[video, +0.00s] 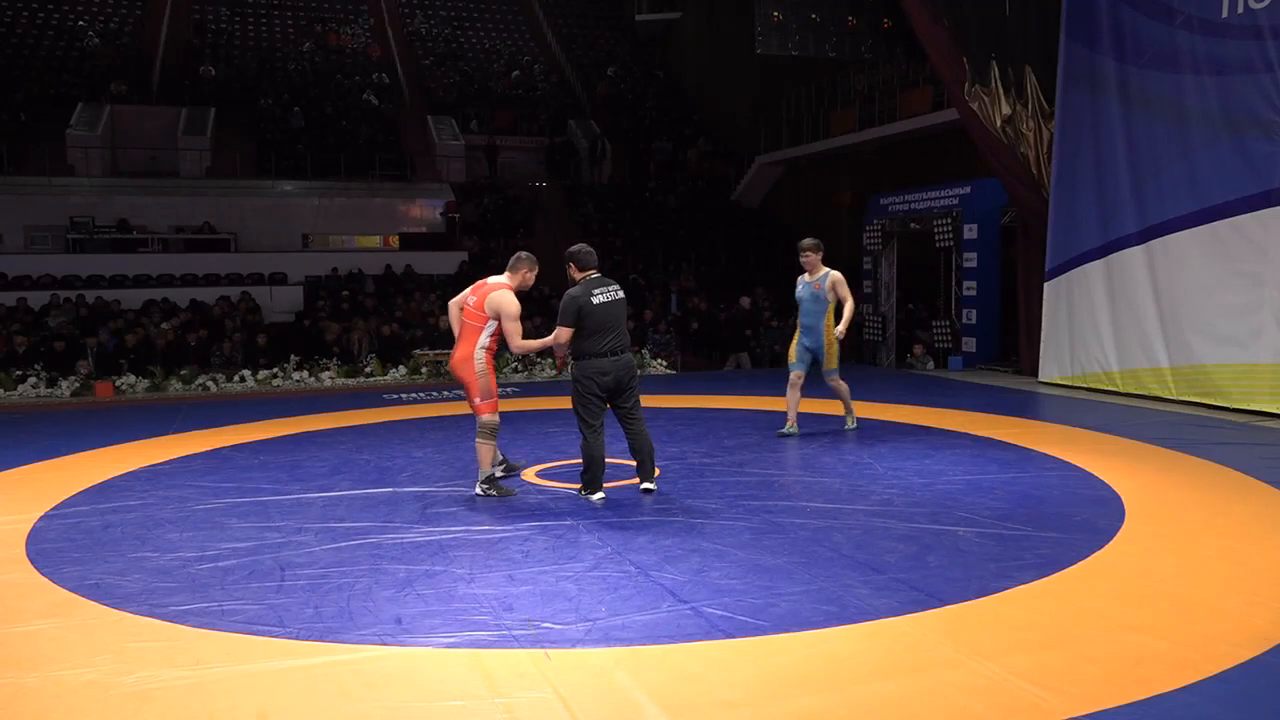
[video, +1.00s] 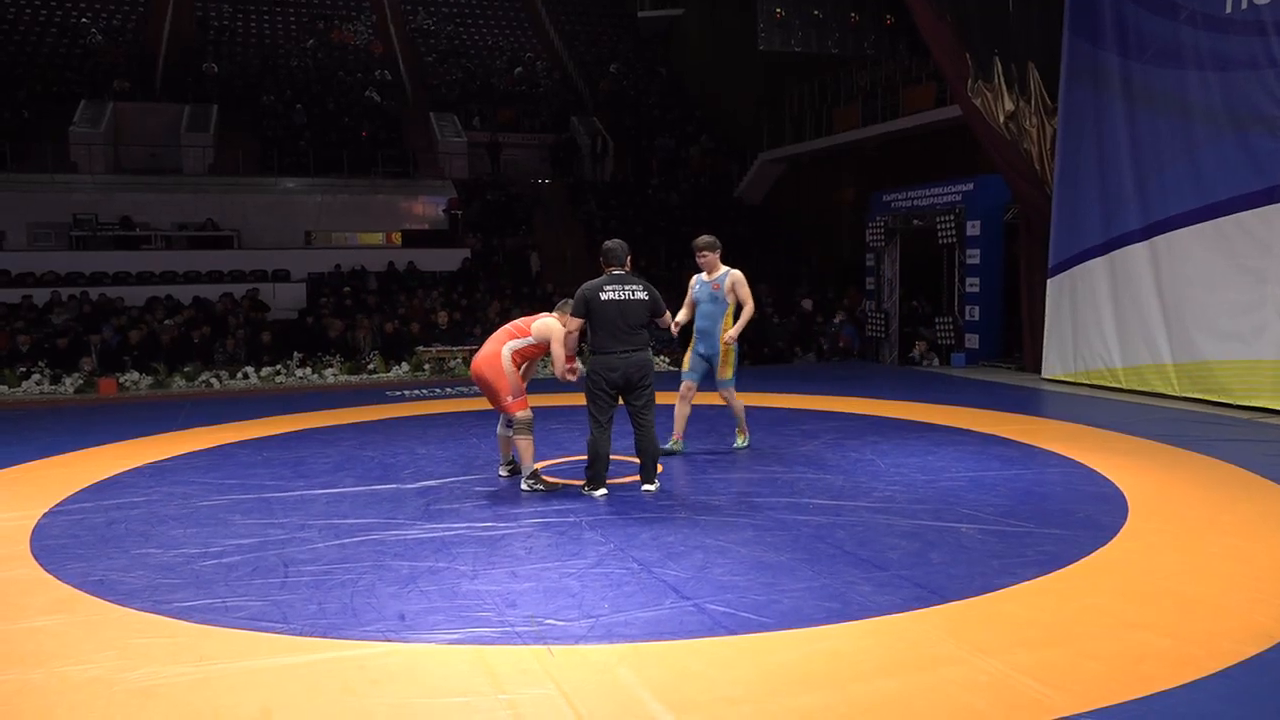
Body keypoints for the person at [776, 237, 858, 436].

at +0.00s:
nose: (804, 260)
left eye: (808, 256)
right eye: (802, 256)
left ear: (819, 256)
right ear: (799, 258)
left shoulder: (833, 277)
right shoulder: (800, 280)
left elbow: (848, 301)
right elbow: (803, 308)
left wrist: (843, 325)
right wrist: (800, 332)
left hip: (825, 338)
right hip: (802, 337)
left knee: (833, 380)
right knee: (794, 378)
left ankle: (849, 412)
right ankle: (791, 422)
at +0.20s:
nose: (782, 255)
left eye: (786, 251)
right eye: (780, 251)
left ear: (798, 250)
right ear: (778, 253)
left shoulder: (813, 272)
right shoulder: (779, 275)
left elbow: (826, 301)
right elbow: (774, 305)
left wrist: (822, 329)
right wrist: (769, 333)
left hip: (802, 335)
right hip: (781, 335)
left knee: (791, 375)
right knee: (783, 379)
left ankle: (810, 407)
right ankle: (790, 420)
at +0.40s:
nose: (763, 256)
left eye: (767, 252)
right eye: (761, 252)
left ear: (779, 252)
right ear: (759, 253)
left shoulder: (794, 275)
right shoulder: (759, 275)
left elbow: (806, 305)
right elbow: (750, 302)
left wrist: (806, 336)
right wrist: (737, 323)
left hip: (783, 337)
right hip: (765, 337)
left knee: (768, 378)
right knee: (778, 381)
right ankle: (791, 420)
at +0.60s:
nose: (744, 258)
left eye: (748, 254)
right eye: (742, 254)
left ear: (761, 254)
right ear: (740, 254)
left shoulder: (774, 279)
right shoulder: (739, 277)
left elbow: (785, 311)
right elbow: (731, 304)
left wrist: (785, 342)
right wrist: (719, 323)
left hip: (760, 338)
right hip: (741, 337)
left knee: (750, 383)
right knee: (740, 388)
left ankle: (744, 431)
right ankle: (772, 409)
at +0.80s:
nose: (722, 255)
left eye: (727, 251)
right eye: (721, 251)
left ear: (740, 250)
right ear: (719, 252)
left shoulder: (755, 273)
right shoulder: (719, 273)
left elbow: (767, 305)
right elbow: (712, 302)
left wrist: (757, 333)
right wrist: (702, 320)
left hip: (742, 340)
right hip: (719, 339)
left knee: (743, 387)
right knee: (704, 380)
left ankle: (744, 431)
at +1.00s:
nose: (700, 260)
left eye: (704, 255)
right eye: (697, 256)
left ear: (717, 254)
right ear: (696, 257)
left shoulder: (734, 277)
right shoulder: (696, 280)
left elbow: (749, 305)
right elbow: (687, 308)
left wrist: (735, 330)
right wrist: (678, 321)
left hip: (722, 346)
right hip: (697, 345)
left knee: (727, 393)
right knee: (686, 390)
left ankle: (742, 430)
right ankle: (677, 439)